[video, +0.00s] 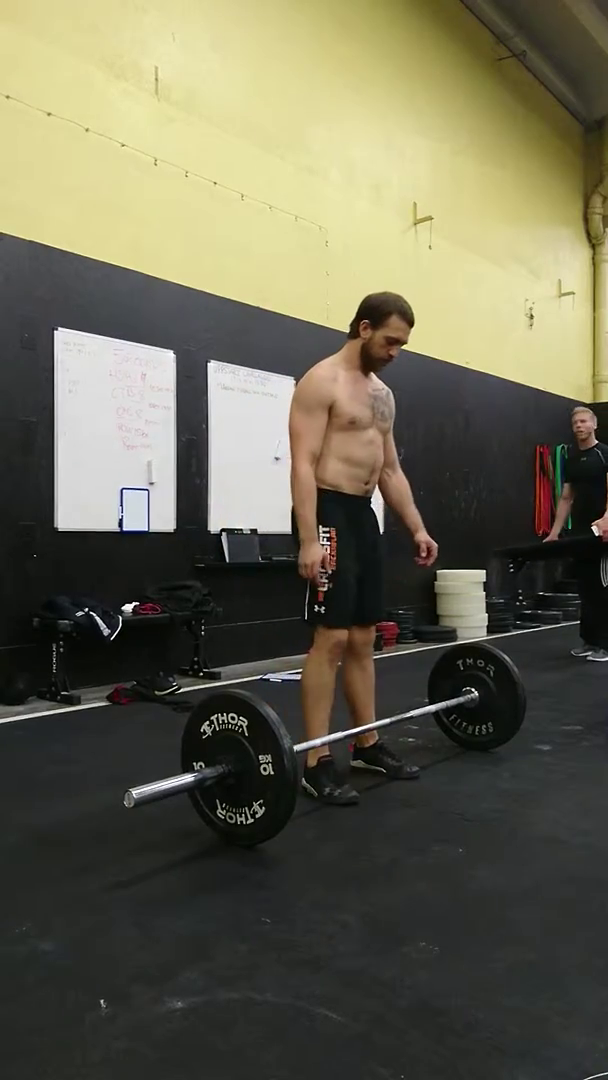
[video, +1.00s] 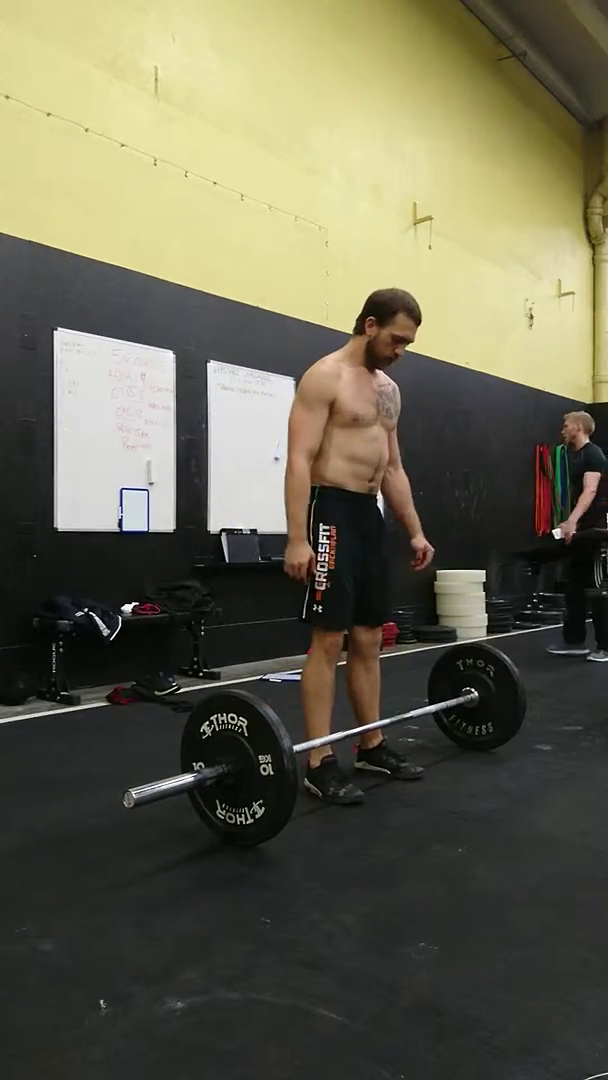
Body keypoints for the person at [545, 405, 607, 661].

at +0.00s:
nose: (580, 426)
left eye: (584, 421)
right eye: (576, 422)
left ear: (594, 424)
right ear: (572, 427)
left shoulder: (603, 453)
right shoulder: (573, 457)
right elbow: (566, 497)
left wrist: (606, 519)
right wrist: (555, 531)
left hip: (601, 531)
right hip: (581, 532)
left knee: (600, 587)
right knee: (587, 587)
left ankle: (604, 645)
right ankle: (591, 641)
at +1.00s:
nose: (562, 430)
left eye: (566, 426)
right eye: (563, 426)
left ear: (580, 429)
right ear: (577, 429)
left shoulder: (593, 453)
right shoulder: (571, 454)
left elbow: (590, 491)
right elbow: (573, 492)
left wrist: (572, 520)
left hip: (595, 530)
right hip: (579, 530)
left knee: (597, 587)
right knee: (574, 584)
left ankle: (603, 645)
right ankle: (574, 640)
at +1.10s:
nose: (560, 431)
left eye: (564, 427)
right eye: (561, 427)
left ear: (577, 429)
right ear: (576, 430)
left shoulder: (588, 454)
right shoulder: (576, 454)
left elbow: (580, 491)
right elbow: (577, 492)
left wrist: (560, 520)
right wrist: (559, 521)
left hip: (593, 525)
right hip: (579, 524)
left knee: (597, 585)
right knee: (574, 582)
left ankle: (603, 645)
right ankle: (569, 642)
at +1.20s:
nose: (557, 431)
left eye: (561, 428)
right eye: (558, 428)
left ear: (573, 431)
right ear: (573, 431)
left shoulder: (580, 455)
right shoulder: (575, 454)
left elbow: (569, 492)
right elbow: (572, 494)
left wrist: (546, 521)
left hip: (594, 521)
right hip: (582, 521)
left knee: (591, 580)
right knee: (576, 582)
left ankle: (604, 646)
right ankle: (570, 643)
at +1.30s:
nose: (552, 433)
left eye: (555, 429)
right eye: (553, 430)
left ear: (566, 433)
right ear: (569, 434)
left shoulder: (571, 455)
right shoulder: (572, 455)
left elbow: (558, 493)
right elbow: (560, 494)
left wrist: (534, 521)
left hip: (590, 521)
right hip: (580, 521)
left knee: (581, 580)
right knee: (571, 580)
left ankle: (602, 643)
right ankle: (571, 643)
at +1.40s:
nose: (545, 439)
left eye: (547, 434)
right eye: (546, 434)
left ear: (556, 436)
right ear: (565, 438)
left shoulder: (563, 458)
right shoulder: (572, 458)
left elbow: (547, 495)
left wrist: (526, 523)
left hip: (588, 521)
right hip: (582, 521)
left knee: (573, 579)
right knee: (569, 580)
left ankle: (596, 643)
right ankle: (570, 642)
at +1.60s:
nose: (533, 459)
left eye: (533, 456)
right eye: (533, 456)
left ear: (537, 454)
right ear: (553, 451)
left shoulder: (549, 468)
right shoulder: (568, 468)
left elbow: (532, 507)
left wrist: (514, 537)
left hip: (588, 521)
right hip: (594, 520)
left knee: (573, 579)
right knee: (576, 580)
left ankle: (576, 646)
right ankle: (571, 642)